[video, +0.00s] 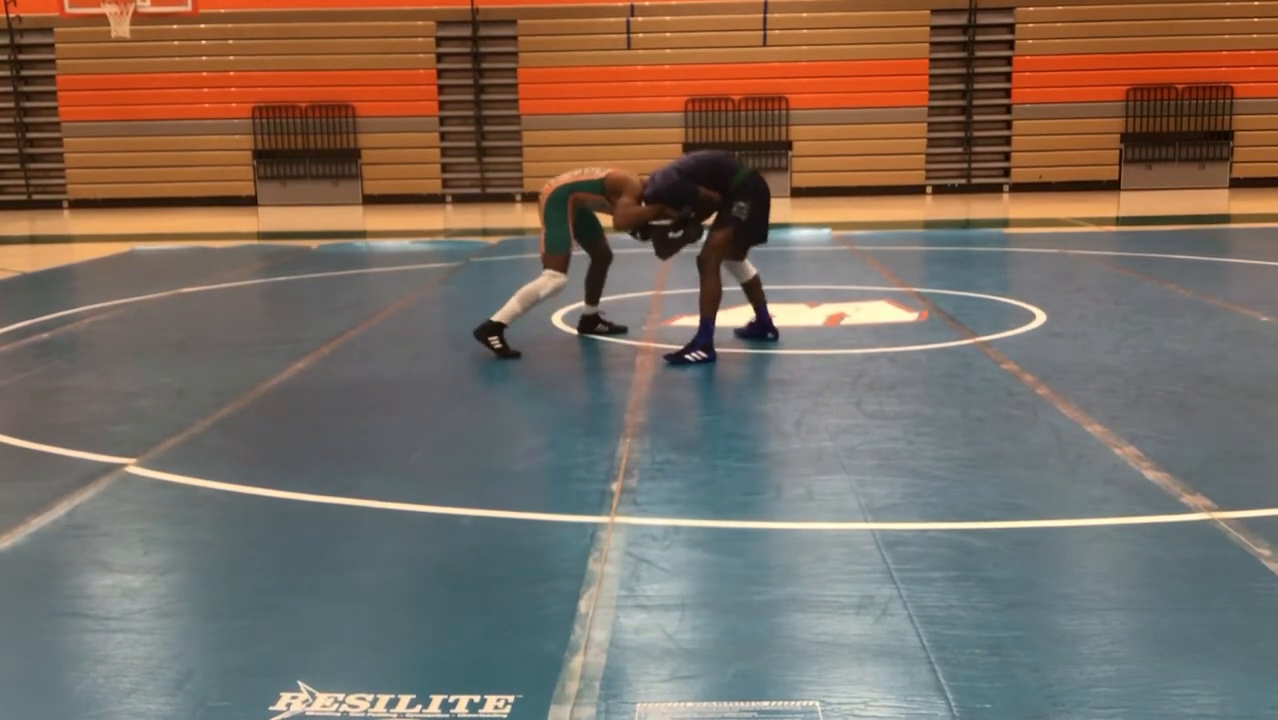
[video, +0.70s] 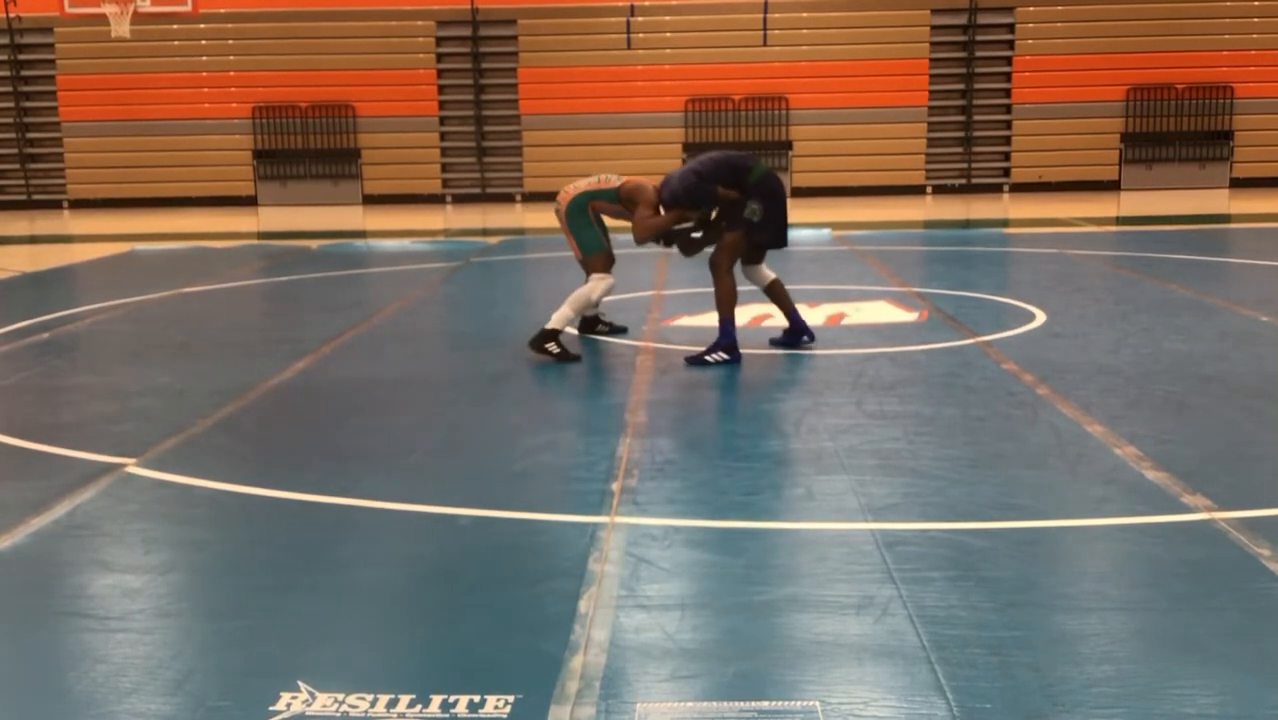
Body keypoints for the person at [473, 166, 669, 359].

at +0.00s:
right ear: (662, 194)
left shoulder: (637, 194)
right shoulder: (633, 186)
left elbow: (663, 249)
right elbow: (622, 221)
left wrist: (682, 228)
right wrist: (659, 209)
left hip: (578, 204)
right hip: (558, 198)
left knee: (603, 256)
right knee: (555, 278)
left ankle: (590, 318)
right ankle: (493, 327)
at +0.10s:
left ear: (655, 182)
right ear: (659, 184)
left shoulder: (640, 188)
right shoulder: (635, 181)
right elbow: (624, 216)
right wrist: (661, 206)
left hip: (582, 201)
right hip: (562, 194)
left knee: (603, 256)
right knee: (559, 275)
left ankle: (590, 318)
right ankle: (497, 323)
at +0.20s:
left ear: (660, 178)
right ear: (665, 183)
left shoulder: (641, 185)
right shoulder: (641, 181)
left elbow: (633, 219)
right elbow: (632, 218)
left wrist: (666, 212)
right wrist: (669, 206)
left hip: (583, 197)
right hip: (566, 193)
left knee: (602, 257)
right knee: (578, 268)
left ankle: (590, 319)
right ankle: (512, 314)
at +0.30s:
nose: (684, 208)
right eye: (686, 201)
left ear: (669, 179)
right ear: (677, 192)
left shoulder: (655, 190)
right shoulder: (649, 185)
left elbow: (670, 247)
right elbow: (642, 226)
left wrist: (697, 236)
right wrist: (679, 210)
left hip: (583, 198)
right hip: (569, 196)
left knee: (603, 260)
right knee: (593, 268)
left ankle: (590, 319)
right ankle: (543, 326)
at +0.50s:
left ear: (671, 190)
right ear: (678, 197)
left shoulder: (655, 200)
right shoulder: (651, 197)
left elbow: (679, 247)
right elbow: (651, 241)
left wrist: (704, 236)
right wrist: (685, 221)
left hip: (580, 206)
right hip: (573, 208)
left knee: (603, 266)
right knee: (605, 281)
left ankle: (589, 320)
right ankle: (548, 335)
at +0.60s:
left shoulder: (653, 199)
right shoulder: (651, 198)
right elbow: (648, 240)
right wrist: (683, 219)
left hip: (583, 205)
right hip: (573, 206)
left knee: (603, 264)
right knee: (604, 279)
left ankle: (589, 320)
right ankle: (548, 334)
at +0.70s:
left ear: (668, 188)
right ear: (674, 199)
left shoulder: (651, 194)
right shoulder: (647, 194)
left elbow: (643, 230)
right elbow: (640, 235)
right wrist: (678, 216)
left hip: (583, 205)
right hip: (574, 206)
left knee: (604, 262)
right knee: (602, 280)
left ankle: (590, 319)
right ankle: (547, 335)